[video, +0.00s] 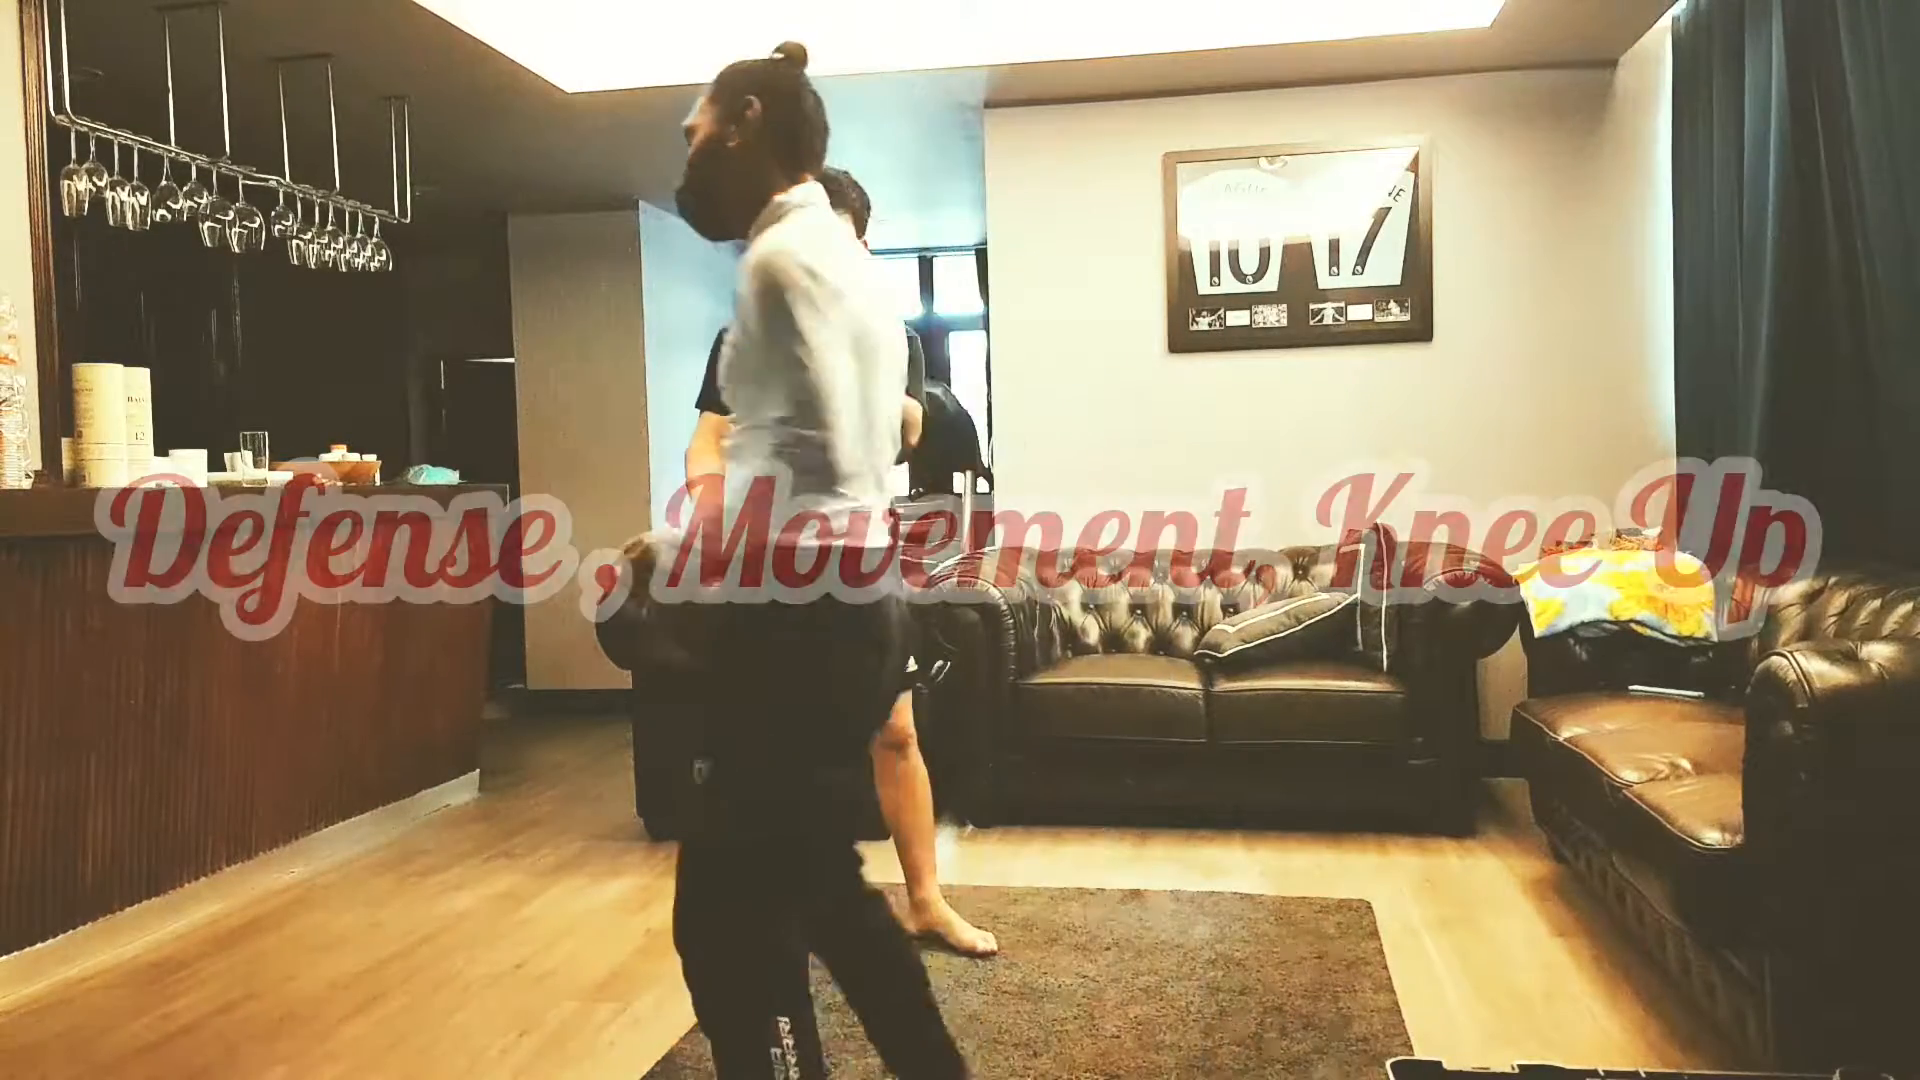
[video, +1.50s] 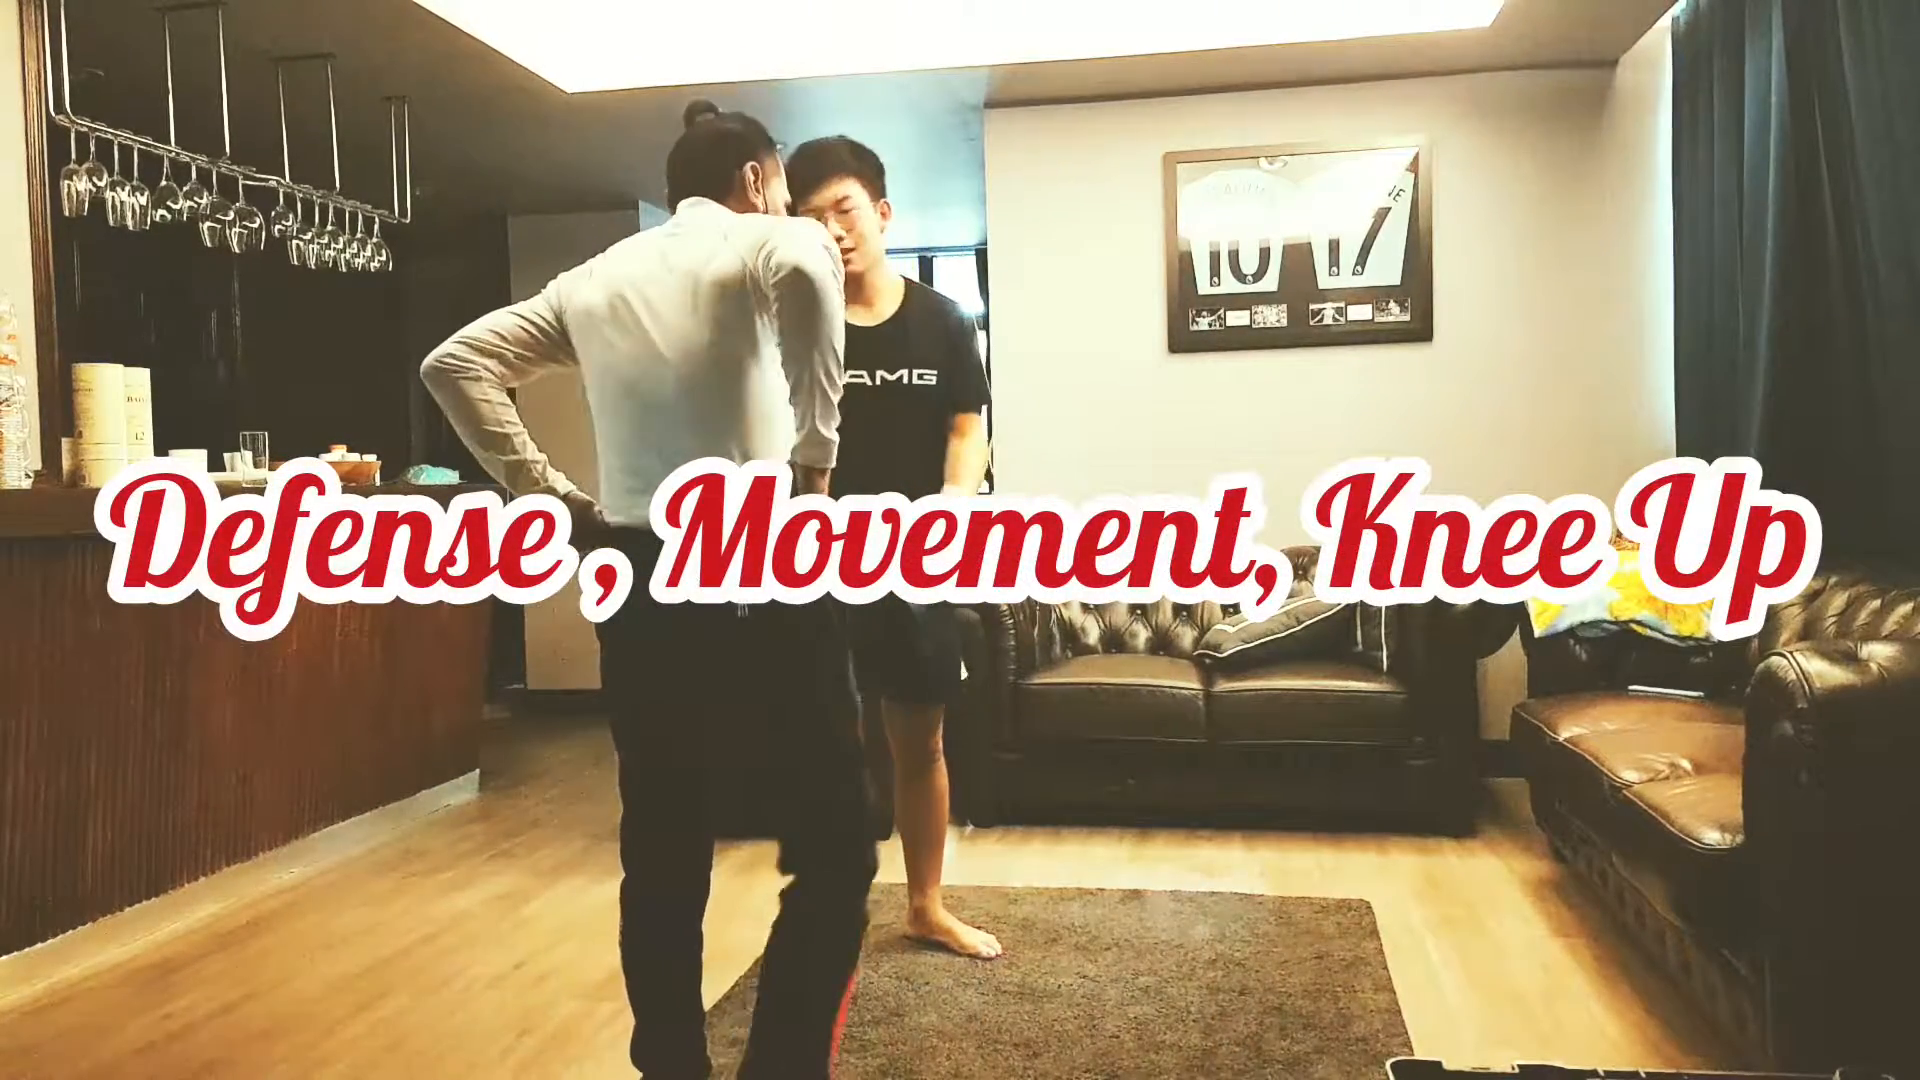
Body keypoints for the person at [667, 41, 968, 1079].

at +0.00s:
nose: (683, 159)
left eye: (698, 136)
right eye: (687, 138)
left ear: (752, 131)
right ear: (774, 138)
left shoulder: (785, 256)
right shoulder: (837, 256)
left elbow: (832, 468)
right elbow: (857, 457)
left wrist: (683, 567)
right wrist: (686, 548)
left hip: (802, 625)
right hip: (840, 619)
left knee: (717, 910)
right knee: (820, 883)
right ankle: (936, 1066)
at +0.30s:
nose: (620, 128)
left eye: (627, 107)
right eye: (622, 109)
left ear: (655, 109)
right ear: (747, 122)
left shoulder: (658, 238)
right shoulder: (829, 249)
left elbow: (531, 426)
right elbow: (888, 452)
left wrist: (543, 341)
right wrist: (828, 574)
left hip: (717, 614)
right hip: (820, 613)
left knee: (697, 886)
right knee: (774, 862)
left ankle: (727, 1063)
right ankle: (794, 1059)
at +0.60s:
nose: (645, 147)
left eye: (651, 131)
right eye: (648, 131)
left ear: (667, 141)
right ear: (768, 156)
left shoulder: (615, 262)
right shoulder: (849, 281)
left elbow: (579, 446)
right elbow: (884, 476)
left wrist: (649, 366)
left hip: (680, 632)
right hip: (813, 638)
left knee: (597, 895)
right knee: (780, 908)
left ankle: (685, 1072)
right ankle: (781, 1070)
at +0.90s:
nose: (792, 208)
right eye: (794, 192)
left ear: (678, 178)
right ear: (780, 186)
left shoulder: (601, 272)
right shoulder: (839, 284)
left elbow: (549, 456)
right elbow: (903, 457)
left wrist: (622, 409)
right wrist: (881, 546)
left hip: (661, 610)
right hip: (804, 616)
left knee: (653, 868)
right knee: (787, 869)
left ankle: (647, 1065)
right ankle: (780, 1065)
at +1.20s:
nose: (796, 221)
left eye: (794, 210)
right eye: (795, 208)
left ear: (688, 201)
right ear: (770, 196)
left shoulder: (600, 282)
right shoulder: (788, 258)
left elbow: (460, 382)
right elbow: (853, 328)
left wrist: (569, 492)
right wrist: (873, 476)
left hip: (643, 598)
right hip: (777, 596)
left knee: (662, 858)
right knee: (823, 855)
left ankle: (672, 1064)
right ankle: (777, 1064)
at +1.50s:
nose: (788, 199)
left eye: (783, 185)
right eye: (783, 185)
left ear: (678, 191)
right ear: (757, 181)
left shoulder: (594, 279)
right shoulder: (780, 236)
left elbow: (458, 364)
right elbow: (798, 273)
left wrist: (558, 504)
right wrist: (815, 464)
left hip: (639, 593)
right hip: (768, 589)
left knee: (661, 855)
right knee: (836, 848)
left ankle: (669, 1064)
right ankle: (783, 1066)